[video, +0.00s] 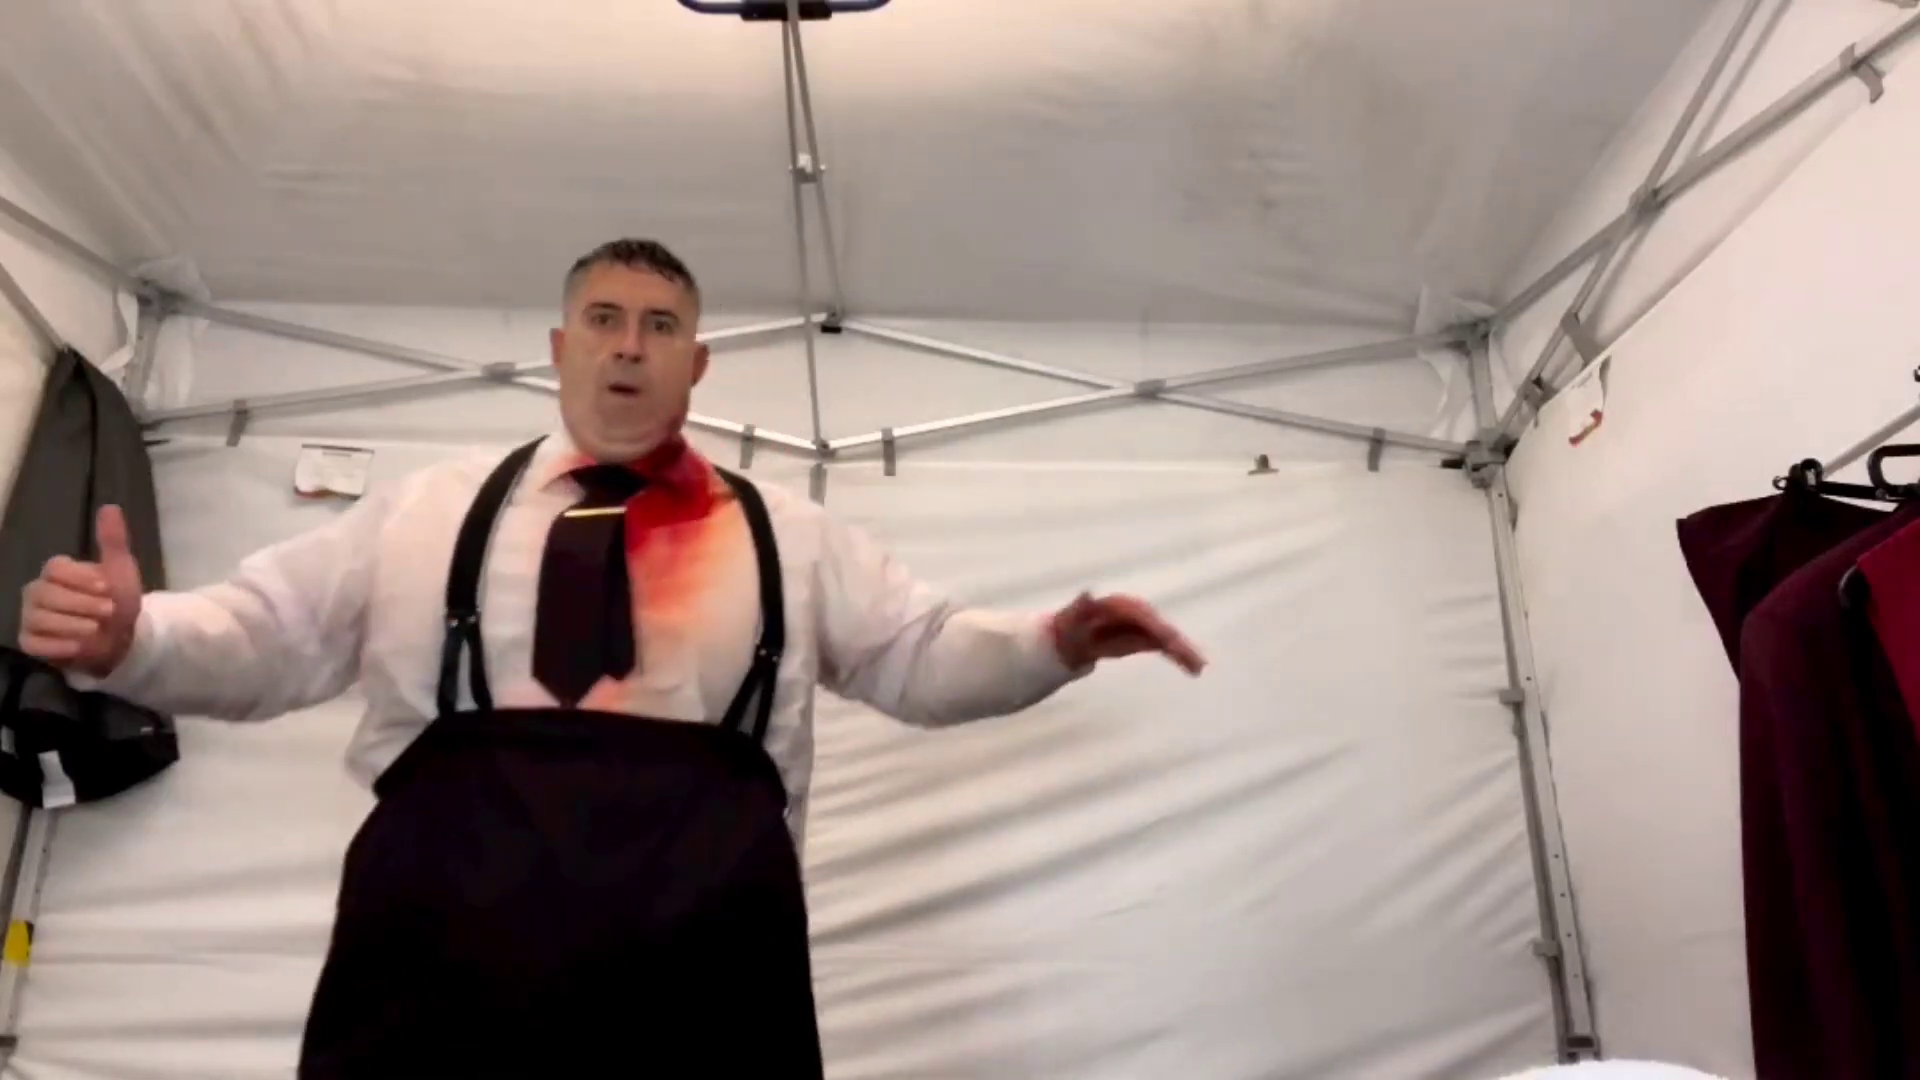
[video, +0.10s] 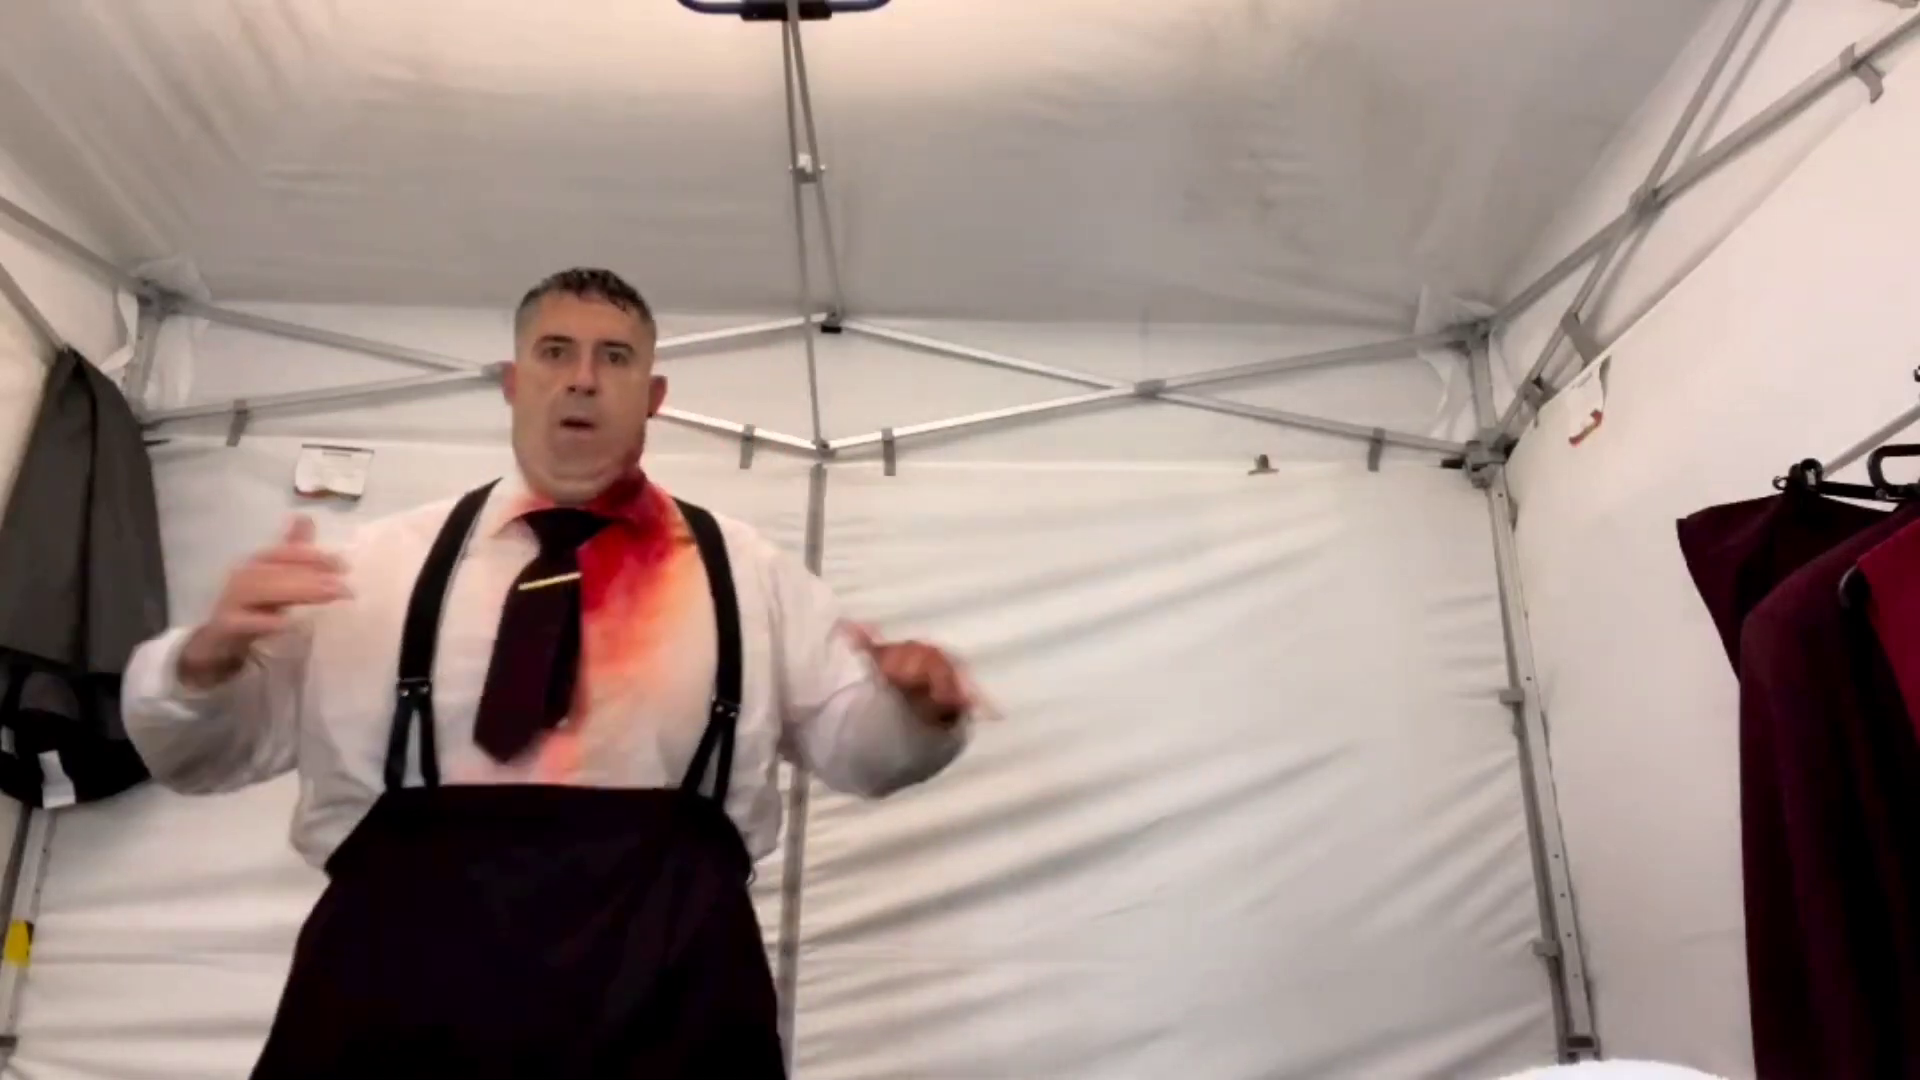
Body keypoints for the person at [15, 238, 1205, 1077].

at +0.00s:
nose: (630, 342)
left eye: (661, 324)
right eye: (603, 319)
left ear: (701, 364)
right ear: (554, 351)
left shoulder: (790, 533)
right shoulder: (426, 511)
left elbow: (919, 661)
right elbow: (267, 632)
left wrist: (1053, 644)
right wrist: (130, 633)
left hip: (696, 910)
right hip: (453, 903)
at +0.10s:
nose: (581, 380)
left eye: (613, 360)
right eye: (556, 355)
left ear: (654, 397)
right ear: (510, 385)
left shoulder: (743, 570)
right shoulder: (373, 565)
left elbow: (842, 743)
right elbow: (196, 761)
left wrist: (911, 716)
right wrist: (203, 663)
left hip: (658, 947)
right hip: (415, 937)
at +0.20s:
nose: (578, 339)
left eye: (611, 318)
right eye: (553, 311)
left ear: (651, 358)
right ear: (505, 340)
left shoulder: (731, 529)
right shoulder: (376, 517)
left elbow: (852, 710)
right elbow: (221, 714)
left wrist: (784, 716)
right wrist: (377, 649)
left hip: (657, 913)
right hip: (419, 908)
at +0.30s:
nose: (611, 282)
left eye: (643, 261)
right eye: (585, 252)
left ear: (680, 307)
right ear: (534, 283)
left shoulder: (763, 475)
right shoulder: (399, 456)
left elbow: (854, 640)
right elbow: (268, 619)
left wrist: (745, 730)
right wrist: (394, 667)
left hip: (680, 924)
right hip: (436, 909)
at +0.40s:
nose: (648, 303)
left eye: (682, 285)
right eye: (622, 272)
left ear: (715, 330)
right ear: (569, 298)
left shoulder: (791, 504)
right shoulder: (414, 477)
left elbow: (894, 665)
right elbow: (275, 635)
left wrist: (807, 782)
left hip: (690, 895)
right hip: (448, 882)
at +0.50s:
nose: (672, 341)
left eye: (706, 322)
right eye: (645, 306)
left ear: (738, 366)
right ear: (588, 328)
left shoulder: (796, 551)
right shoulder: (436, 506)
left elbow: (904, 706)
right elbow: (279, 674)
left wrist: (912, 775)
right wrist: (226, 779)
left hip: (697, 935)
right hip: (448, 922)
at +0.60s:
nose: (651, 291)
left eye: (687, 269)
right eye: (622, 254)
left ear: (719, 313)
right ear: (565, 277)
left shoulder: (785, 501)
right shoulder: (418, 458)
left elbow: (846, 725)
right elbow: (236, 665)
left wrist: (908, 712)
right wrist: (253, 696)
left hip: (688, 908)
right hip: (430, 895)